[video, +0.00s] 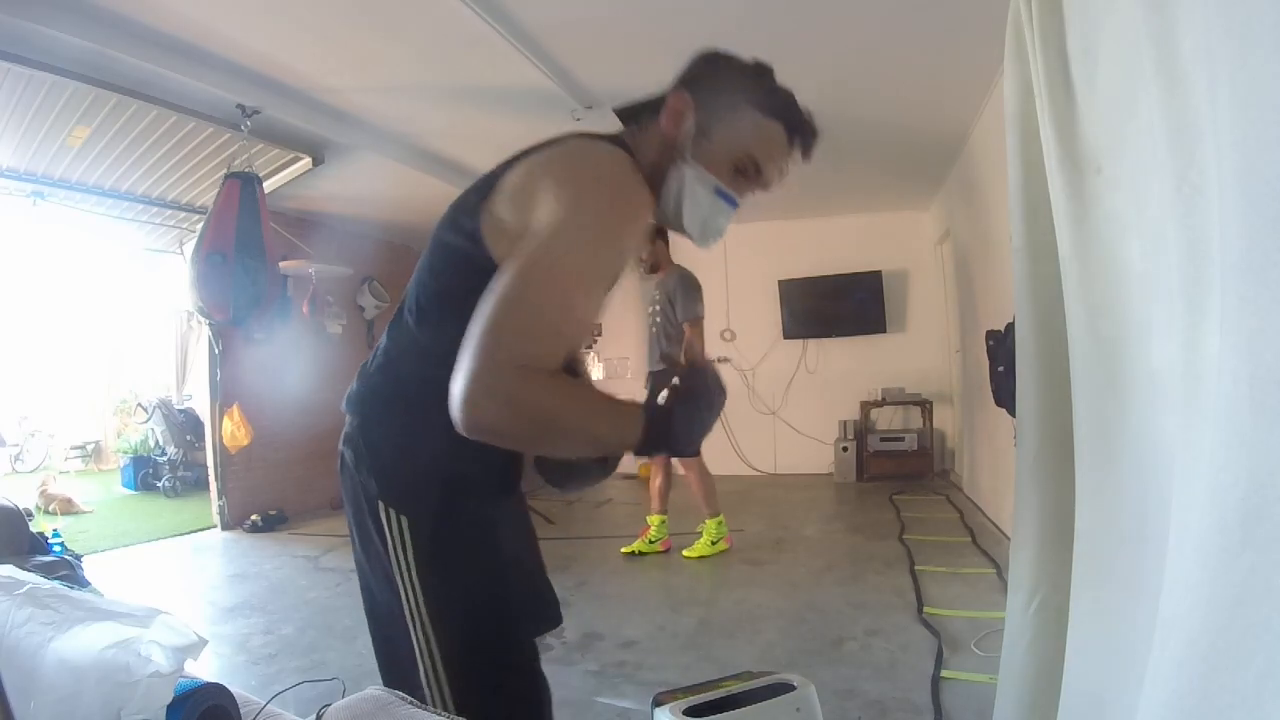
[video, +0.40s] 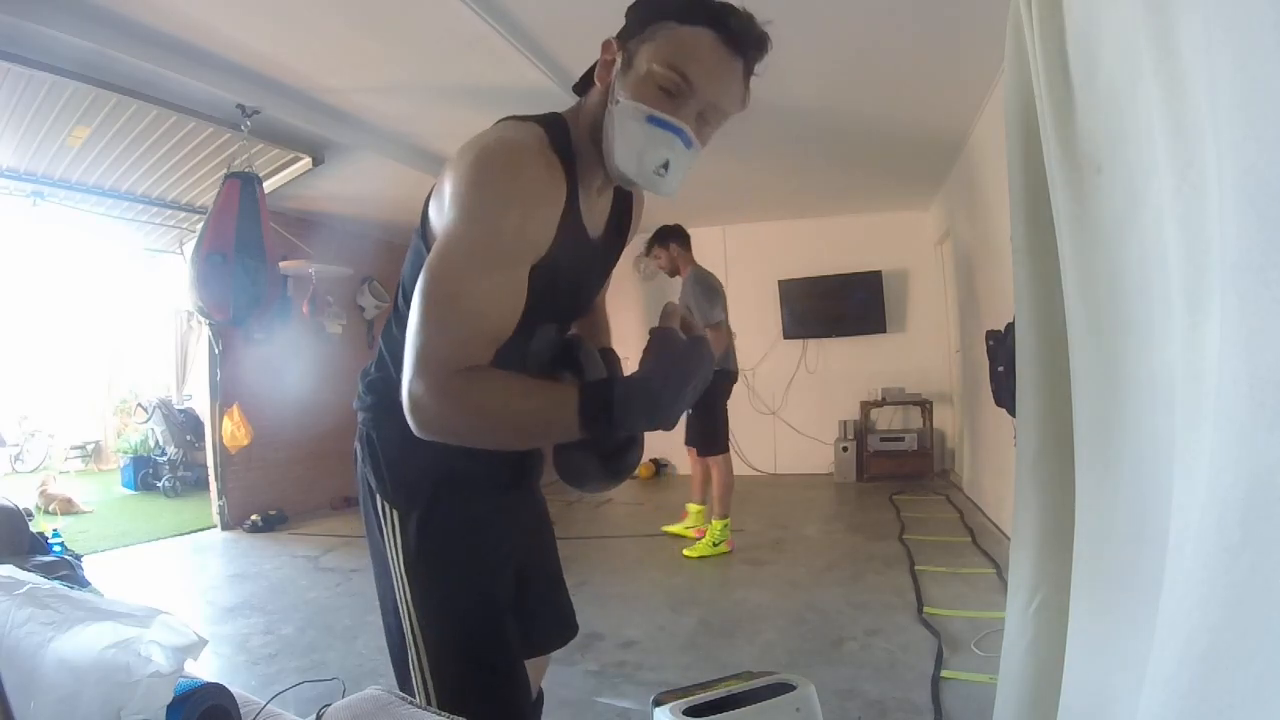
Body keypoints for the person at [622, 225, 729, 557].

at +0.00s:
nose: (639, 257)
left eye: (644, 249)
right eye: (636, 250)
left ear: (662, 245)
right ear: (638, 251)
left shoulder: (682, 281)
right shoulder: (651, 284)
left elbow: (694, 333)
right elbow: (656, 333)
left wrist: (687, 378)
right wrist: (653, 375)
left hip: (682, 376)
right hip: (657, 377)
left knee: (688, 456)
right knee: (658, 456)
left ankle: (716, 529)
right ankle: (657, 530)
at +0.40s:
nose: (658, 266)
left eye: (658, 258)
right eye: (655, 260)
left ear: (675, 249)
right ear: (676, 252)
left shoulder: (701, 281)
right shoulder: (690, 283)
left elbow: (720, 336)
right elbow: (696, 333)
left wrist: (695, 373)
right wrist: (682, 367)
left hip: (717, 373)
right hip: (705, 372)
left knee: (716, 452)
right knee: (695, 446)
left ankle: (721, 532)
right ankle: (696, 517)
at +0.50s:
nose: (664, 266)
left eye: (665, 258)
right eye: (662, 260)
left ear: (679, 250)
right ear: (683, 251)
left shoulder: (705, 282)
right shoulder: (701, 281)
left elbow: (714, 338)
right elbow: (704, 334)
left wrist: (695, 373)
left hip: (719, 373)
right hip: (714, 372)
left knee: (717, 452)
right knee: (712, 450)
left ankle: (721, 533)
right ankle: (717, 517)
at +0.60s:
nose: (670, 265)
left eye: (671, 257)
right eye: (669, 258)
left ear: (686, 251)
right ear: (693, 252)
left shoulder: (705, 284)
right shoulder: (717, 282)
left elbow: (711, 339)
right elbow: (718, 337)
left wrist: (685, 376)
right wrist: (686, 367)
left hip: (717, 375)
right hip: (725, 374)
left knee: (717, 454)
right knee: (722, 450)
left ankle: (719, 533)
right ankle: (738, 512)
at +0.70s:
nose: (678, 267)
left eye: (678, 259)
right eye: (676, 260)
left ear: (690, 253)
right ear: (702, 253)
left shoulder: (707, 285)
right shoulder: (727, 284)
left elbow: (712, 336)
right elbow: (728, 335)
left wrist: (687, 371)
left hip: (715, 375)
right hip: (731, 375)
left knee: (718, 454)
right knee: (730, 448)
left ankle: (719, 533)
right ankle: (748, 513)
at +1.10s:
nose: (697, 278)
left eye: (697, 271)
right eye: (695, 273)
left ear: (708, 264)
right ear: (722, 265)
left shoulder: (712, 288)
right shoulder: (747, 294)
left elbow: (714, 332)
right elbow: (760, 342)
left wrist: (701, 376)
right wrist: (767, 382)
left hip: (722, 379)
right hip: (749, 381)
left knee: (707, 450)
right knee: (748, 447)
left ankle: (716, 527)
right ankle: (752, 517)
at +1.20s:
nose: (697, 280)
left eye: (697, 273)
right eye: (695, 275)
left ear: (708, 265)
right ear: (720, 266)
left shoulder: (714, 288)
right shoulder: (745, 294)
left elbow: (719, 329)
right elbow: (759, 342)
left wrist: (709, 375)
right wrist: (767, 380)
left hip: (722, 379)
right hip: (748, 380)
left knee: (701, 444)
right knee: (746, 445)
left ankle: (710, 522)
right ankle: (752, 516)